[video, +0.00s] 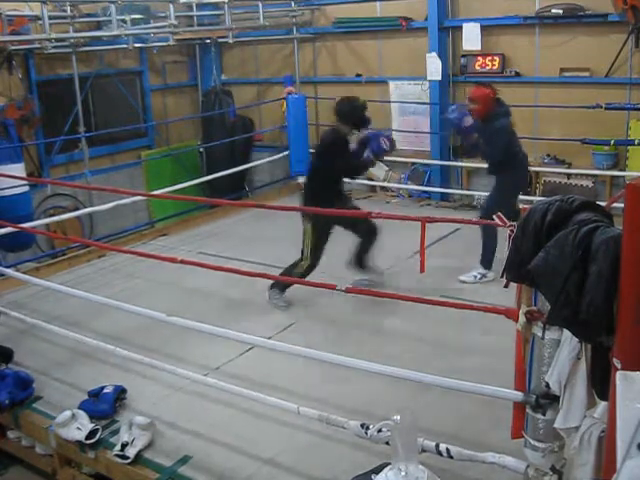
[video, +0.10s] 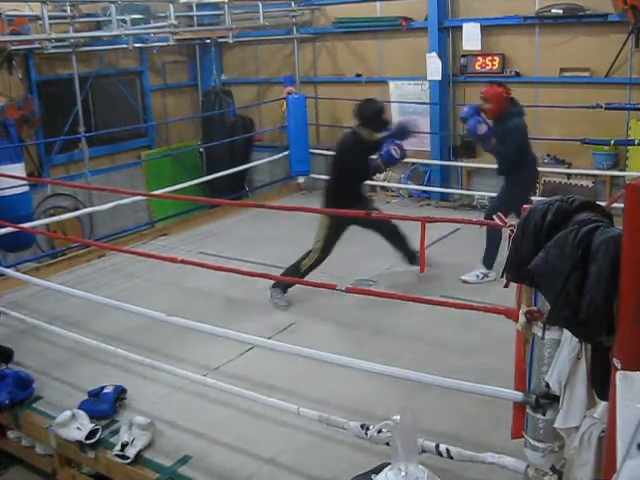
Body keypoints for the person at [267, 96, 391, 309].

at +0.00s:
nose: (366, 116)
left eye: (365, 112)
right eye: (363, 112)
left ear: (344, 116)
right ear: (352, 116)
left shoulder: (344, 137)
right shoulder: (333, 140)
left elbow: (346, 163)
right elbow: (350, 170)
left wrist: (362, 146)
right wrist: (373, 158)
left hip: (335, 201)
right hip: (316, 204)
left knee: (369, 230)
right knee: (309, 260)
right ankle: (277, 288)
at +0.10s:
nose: (386, 119)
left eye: (384, 116)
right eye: (382, 116)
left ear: (364, 120)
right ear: (372, 121)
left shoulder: (370, 139)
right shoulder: (349, 145)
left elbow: (377, 148)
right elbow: (357, 174)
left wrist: (396, 135)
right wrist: (382, 163)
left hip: (356, 203)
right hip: (337, 206)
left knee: (388, 228)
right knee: (320, 252)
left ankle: (413, 257)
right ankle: (280, 286)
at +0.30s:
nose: (433, 110)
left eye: (432, 108)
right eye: (429, 108)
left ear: (425, 111)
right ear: (416, 110)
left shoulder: (424, 122)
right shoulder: (396, 130)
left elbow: (443, 121)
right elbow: (386, 165)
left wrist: (461, 111)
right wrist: (416, 157)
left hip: (401, 183)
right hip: (382, 184)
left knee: (423, 222)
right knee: (379, 234)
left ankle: (421, 262)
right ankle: (347, 255)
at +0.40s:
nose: (437, 105)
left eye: (437, 101)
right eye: (433, 102)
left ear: (429, 102)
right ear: (422, 102)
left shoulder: (429, 114)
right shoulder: (402, 122)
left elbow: (450, 121)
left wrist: (469, 118)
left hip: (420, 178)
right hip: (402, 180)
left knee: (443, 214)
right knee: (406, 231)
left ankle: (438, 250)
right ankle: (380, 246)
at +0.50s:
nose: (436, 108)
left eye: (436, 104)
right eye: (432, 105)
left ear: (434, 104)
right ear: (419, 106)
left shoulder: (436, 118)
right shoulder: (404, 128)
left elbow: (458, 124)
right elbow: (412, 162)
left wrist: (474, 118)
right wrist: (438, 151)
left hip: (434, 178)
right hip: (413, 182)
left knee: (458, 216)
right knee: (421, 227)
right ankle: (395, 259)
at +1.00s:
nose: (431, 115)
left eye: (433, 111)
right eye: (427, 111)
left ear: (437, 109)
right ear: (417, 109)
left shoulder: (440, 124)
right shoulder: (405, 125)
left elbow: (447, 147)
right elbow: (414, 153)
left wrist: (453, 128)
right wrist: (426, 131)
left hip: (436, 179)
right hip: (413, 178)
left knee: (449, 215)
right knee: (397, 215)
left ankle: (467, 251)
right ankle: (377, 245)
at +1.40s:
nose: (425, 111)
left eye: (429, 107)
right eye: (423, 106)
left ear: (434, 106)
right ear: (417, 103)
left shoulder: (436, 117)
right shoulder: (406, 115)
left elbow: (451, 123)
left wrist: (451, 108)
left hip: (433, 169)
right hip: (411, 168)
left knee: (446, 210)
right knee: (405, 208)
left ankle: (465, 247)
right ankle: (404, 239)